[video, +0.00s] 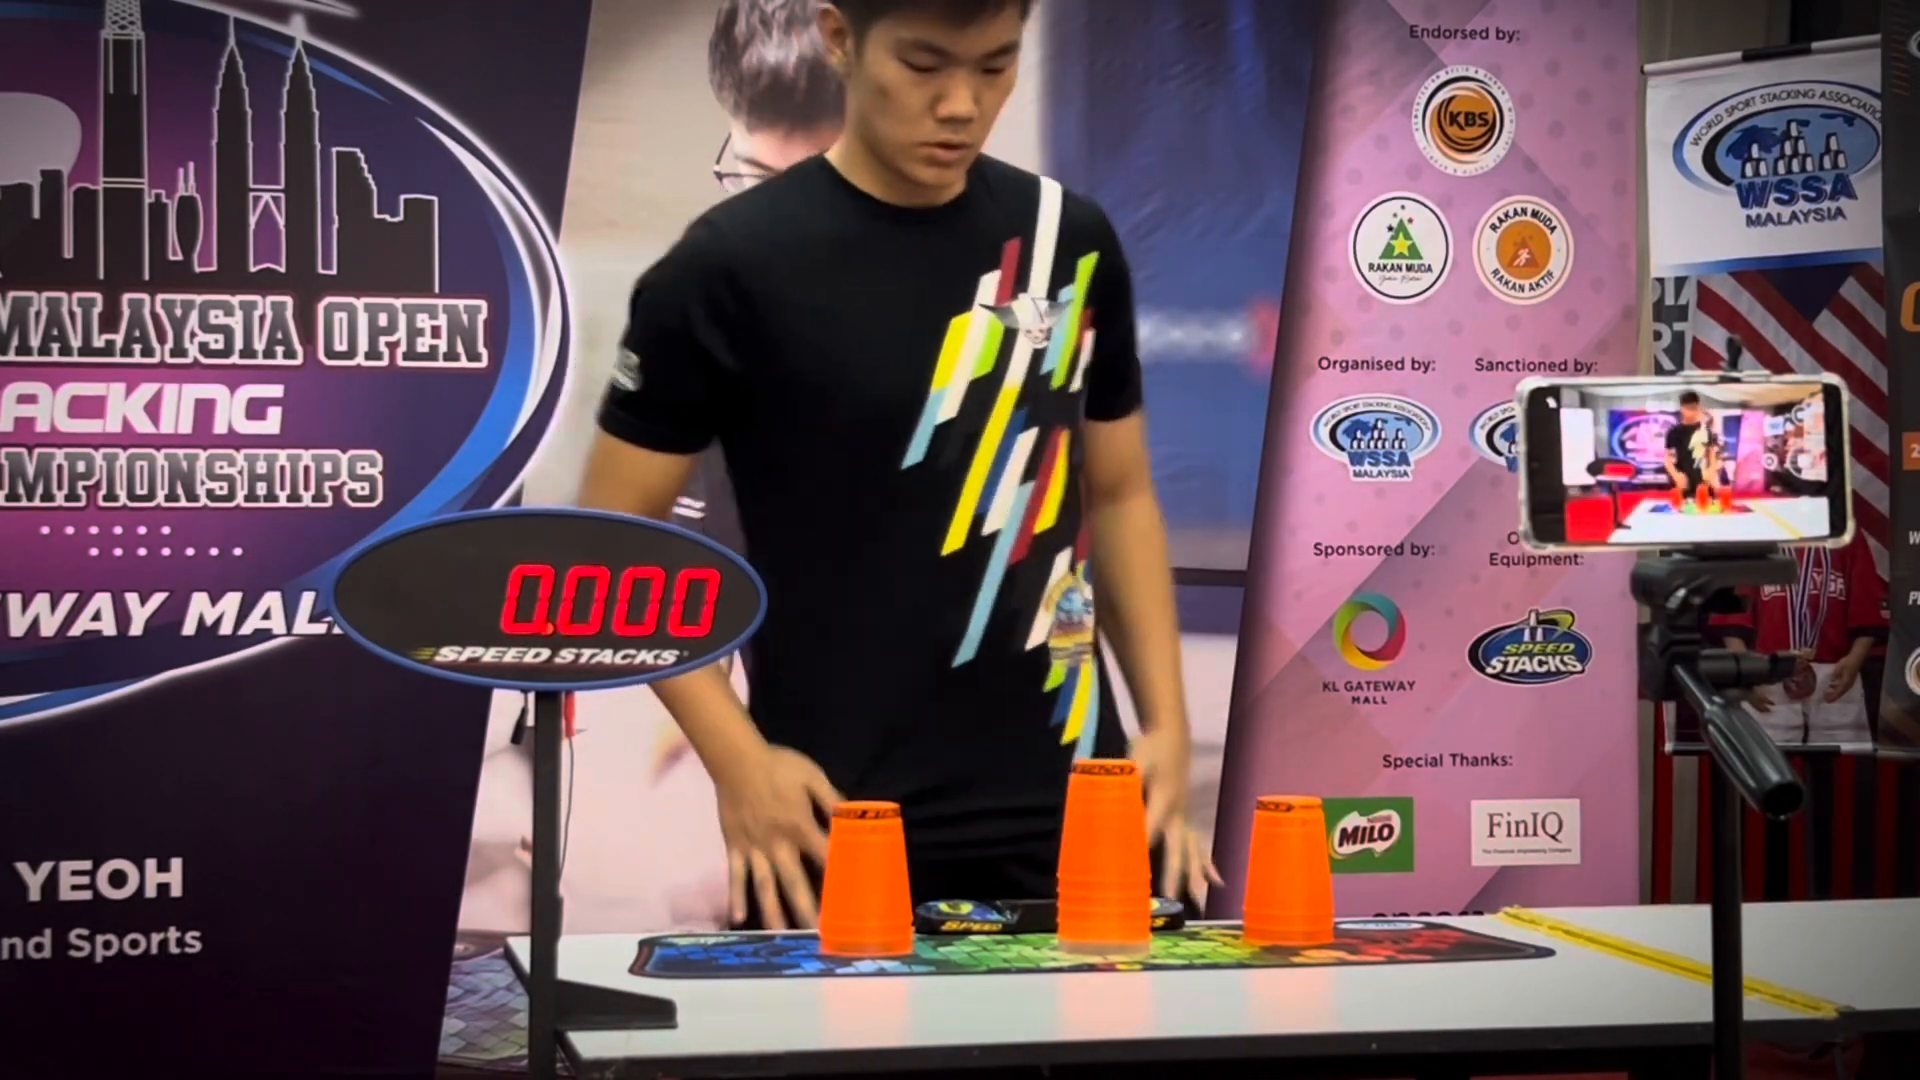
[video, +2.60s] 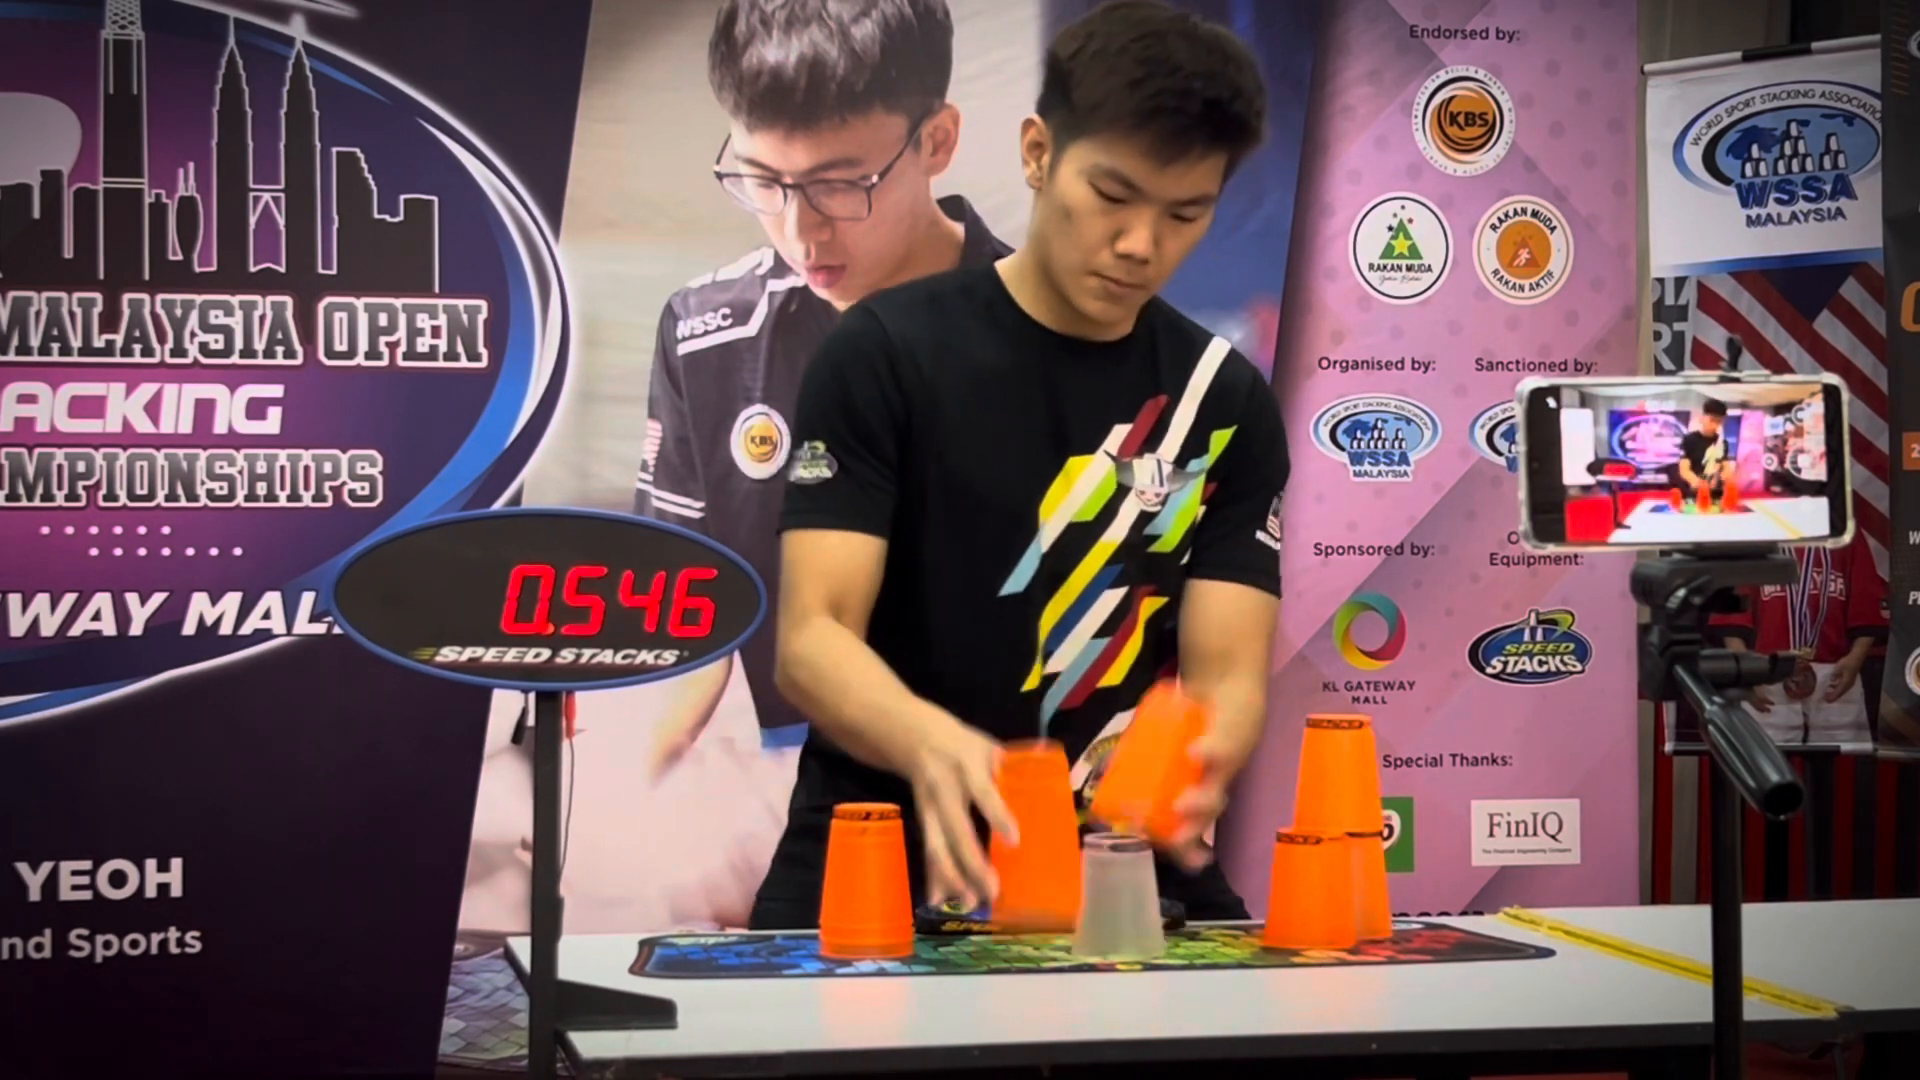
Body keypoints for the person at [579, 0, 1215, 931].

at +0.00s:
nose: (961, 105)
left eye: (995, 65)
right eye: (923, 62)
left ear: (1019, 49)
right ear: (838, 38)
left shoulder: (1072, 245)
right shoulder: (729, 270)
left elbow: (1119, 495)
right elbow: (613, 542)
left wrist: (1167, 728)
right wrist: (736, 759)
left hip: (1053, 826)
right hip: (838, 840)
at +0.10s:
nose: (1006, 127)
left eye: (1042, 87)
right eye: (969, 82)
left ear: (1072, 71)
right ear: (889, 58)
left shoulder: (1131, 274)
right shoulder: (774, 290)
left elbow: (1184, 537)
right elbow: (680, 568)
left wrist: (1221, 779)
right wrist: (769, 798)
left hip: (1102, 854)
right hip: (874, 858)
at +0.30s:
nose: (1112, 167)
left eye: (1153, 130)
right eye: (1079, 119)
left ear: (1193, 110)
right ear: (1010, 88)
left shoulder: (1259, 313)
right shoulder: (893, 310)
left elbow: (1297, 578)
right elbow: (821, 583)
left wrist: (1280, 768)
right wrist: (828, 747)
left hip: (1182, 846)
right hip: (946, 841)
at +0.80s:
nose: (1116, 197)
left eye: (1160, 161)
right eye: (1085, 147)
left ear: (1196, 145)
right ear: (1014, 110)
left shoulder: (1225, 353)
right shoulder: (868, 320)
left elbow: (1239, 622)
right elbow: (780, 593)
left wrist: (1217, 796)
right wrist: (891, 723)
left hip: (1108, 878)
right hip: (871, 866)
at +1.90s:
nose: (1128, 268)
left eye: (1173, 235)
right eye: (1100, 216)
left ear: (1209, 213)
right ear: (1028, 169)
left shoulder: (1214, 406)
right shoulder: (874, 355)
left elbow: (1238, 681)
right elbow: (741, 618)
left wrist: (1177, 852)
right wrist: (922, 817)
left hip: (1092, 921)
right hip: (856, 906)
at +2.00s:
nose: (1139, 268)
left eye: (1183, 236)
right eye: (1112, 216)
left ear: (1215, 217)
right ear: (1034, 170)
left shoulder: (1220, 404)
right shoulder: (887, 359)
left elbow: (1223, 662)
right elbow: (820, 659)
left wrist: (1190, 787)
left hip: (1086, 905)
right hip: (865, 894)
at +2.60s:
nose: (1139, 246)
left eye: (1184, 211)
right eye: (1111, 192)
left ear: (1217, 198)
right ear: (1037, 155)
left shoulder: (1229, 405)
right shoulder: (885, 353)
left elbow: (1227, 673)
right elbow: (812, 635)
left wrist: (1184, 763)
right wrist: (927, 745)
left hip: (1116, 892)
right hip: (874, 885)